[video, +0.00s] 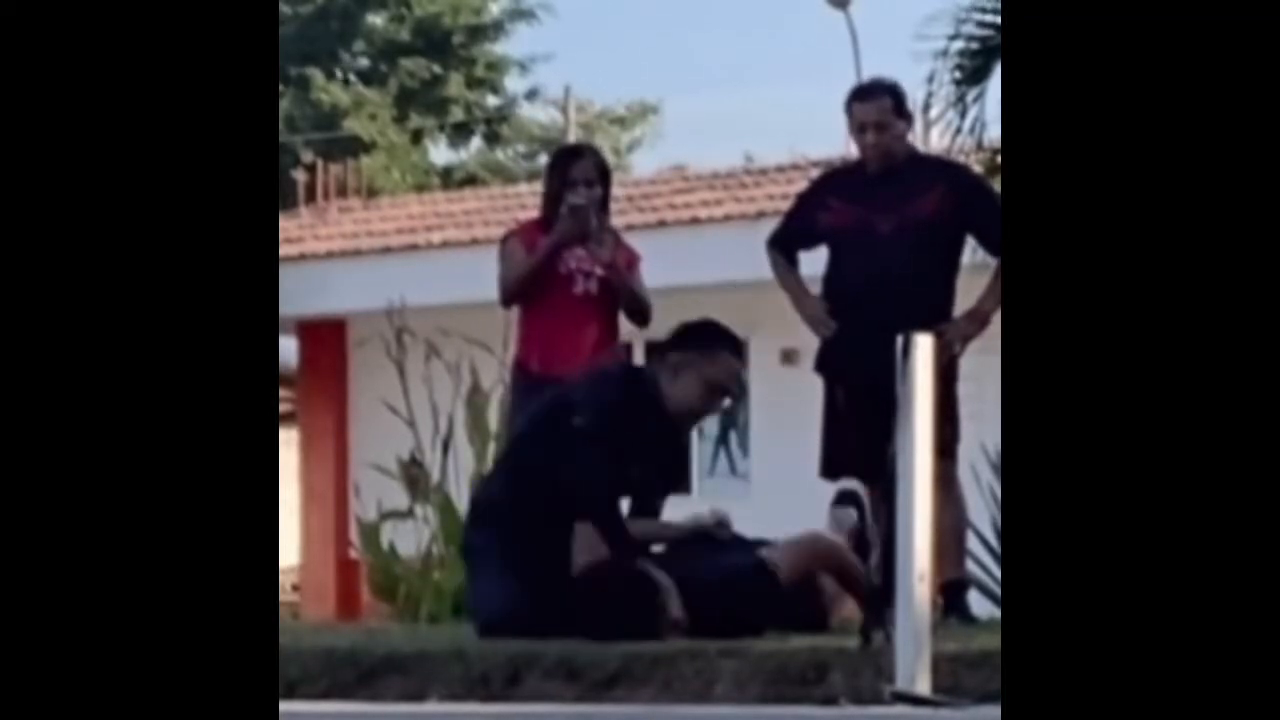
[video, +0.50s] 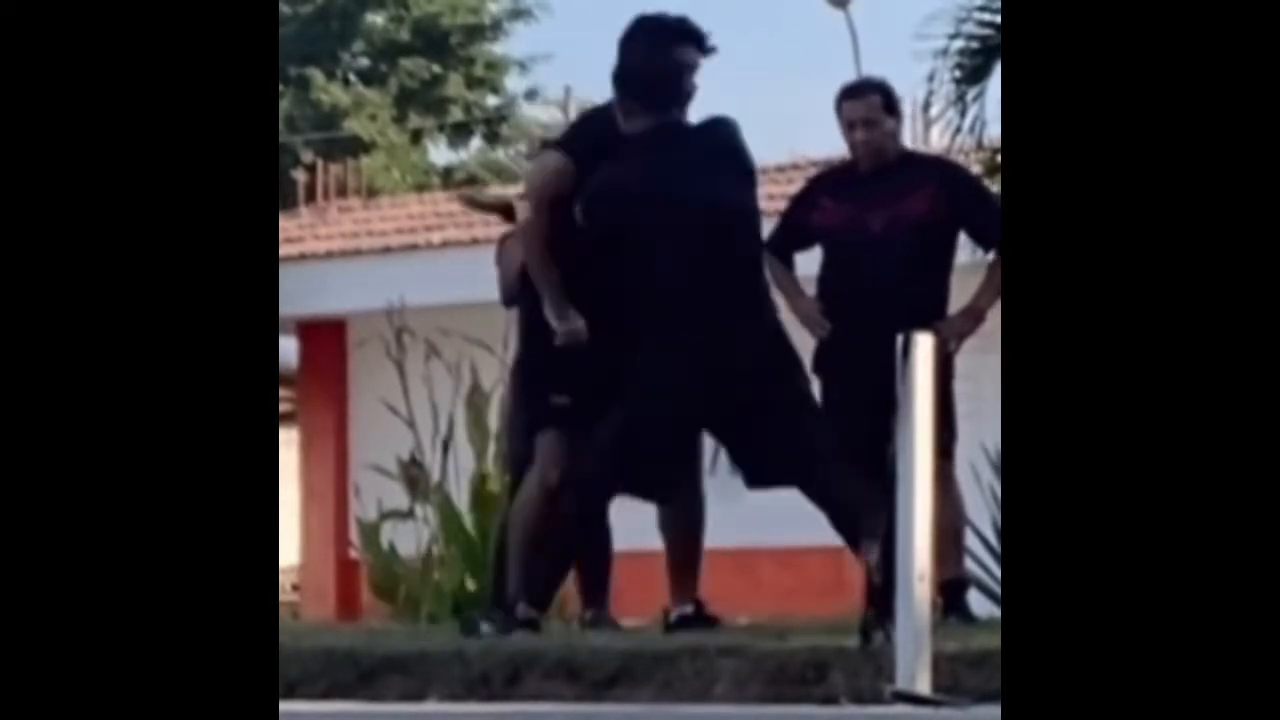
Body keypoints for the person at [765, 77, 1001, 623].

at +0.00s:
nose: (871, 140)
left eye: (881, 127)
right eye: (860, 129)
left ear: (907, 125)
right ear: (850, 132)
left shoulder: (950, 182)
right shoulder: (834, 188)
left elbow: (1003, 249)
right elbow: (779, 248)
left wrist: (975, 318)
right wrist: (812, 311)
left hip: (925, 352)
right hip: (853, 352)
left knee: (935, 473)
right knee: (865, 481)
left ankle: (951, 593)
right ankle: (875, 601)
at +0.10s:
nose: (870, 140)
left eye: (880, 127)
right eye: (859, 129)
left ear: (906, 124)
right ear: (849, 132)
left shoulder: (949, 181)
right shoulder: (834, 187)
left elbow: (1003, 248)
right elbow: (779, 249)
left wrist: (976, 317)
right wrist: (814, 314)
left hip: (925, 351)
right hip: (853, 351)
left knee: (935, 473)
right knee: (864, 481)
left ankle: (951, 592)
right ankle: (872, 595)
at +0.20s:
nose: (863, 138)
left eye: (873, 126)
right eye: (853, 128)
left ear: (900, 123)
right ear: (844, 132)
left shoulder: (946, 180)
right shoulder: (832, 188)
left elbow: (1002, 245)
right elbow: (778, 251)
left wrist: (974, 317)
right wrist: (814, 317)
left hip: (923, 350)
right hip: (851, 350)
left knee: (933, 472)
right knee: (859, 479)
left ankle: (952, 592)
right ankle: (879, 599)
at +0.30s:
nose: (861, 138)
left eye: (871, 125)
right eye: (851, 127)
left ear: (898, 122)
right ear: (841, 131)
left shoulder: (943, 179)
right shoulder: (825, 190)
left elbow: (1000, 244)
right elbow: (775, 261)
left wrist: (973, 315)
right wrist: (813, 316)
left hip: (922, 348)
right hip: (849, 349)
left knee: (934, 473)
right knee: (864, 481)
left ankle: (951, 590)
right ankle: (878, 597)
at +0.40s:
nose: (861, 137)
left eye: (871, 124)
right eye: (851, 127)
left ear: (896, 123)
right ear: (841, 131)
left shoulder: (942, 179)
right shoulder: (828, 187)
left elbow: (1000, 243)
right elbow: (775, 253)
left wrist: (972, 314)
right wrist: (809, 314)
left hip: (921, 351)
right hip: (850, 351)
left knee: (933, 474)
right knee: (864, 481)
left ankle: (951, 588)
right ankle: (878, 593)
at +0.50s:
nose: (860, 137)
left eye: (870, 124)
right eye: (850, 126)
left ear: (896, 123)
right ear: (840, 131)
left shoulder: (941, 179)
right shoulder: (828, 188)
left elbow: (1000, 242)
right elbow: (775, 254)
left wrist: (972, 315)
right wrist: (811, 318)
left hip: (921, 351)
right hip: (848, 350)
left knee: (933, 474)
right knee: (857, 478)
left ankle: (951, 590)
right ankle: (878, 597)